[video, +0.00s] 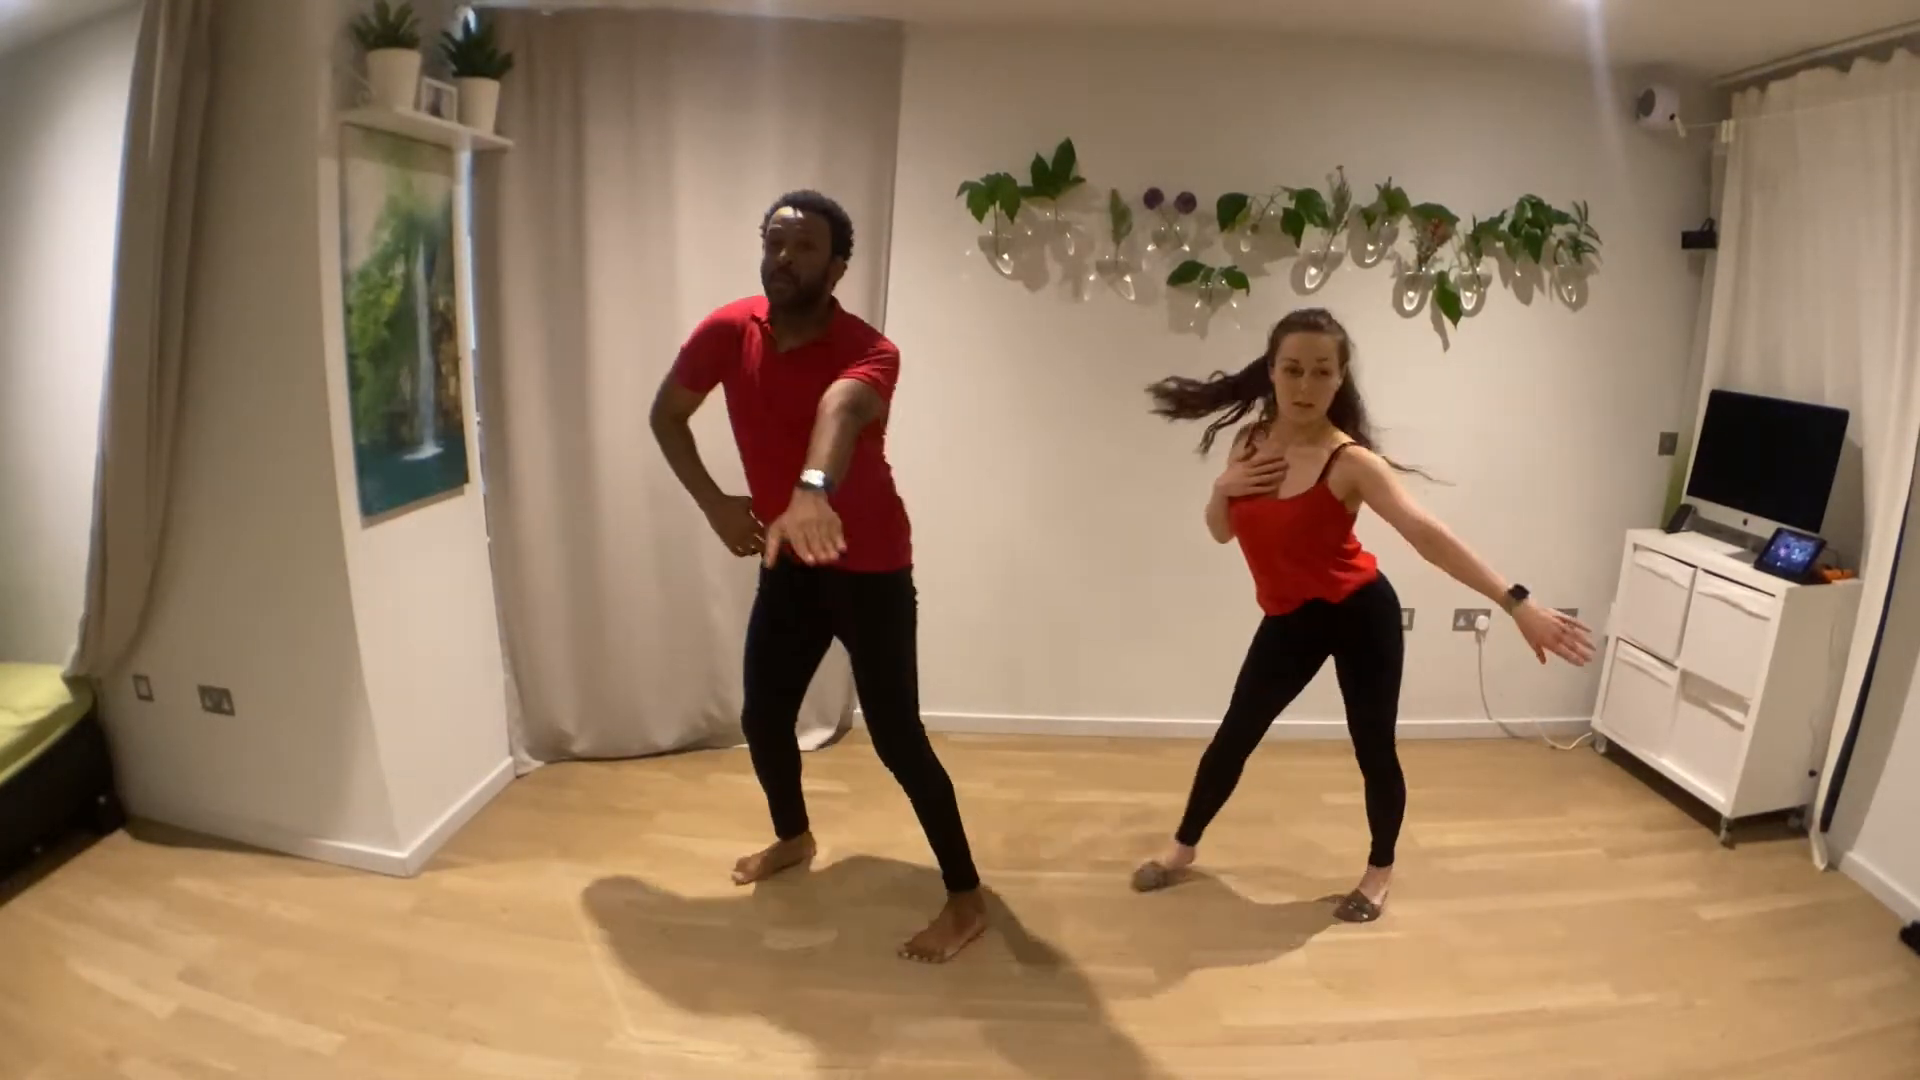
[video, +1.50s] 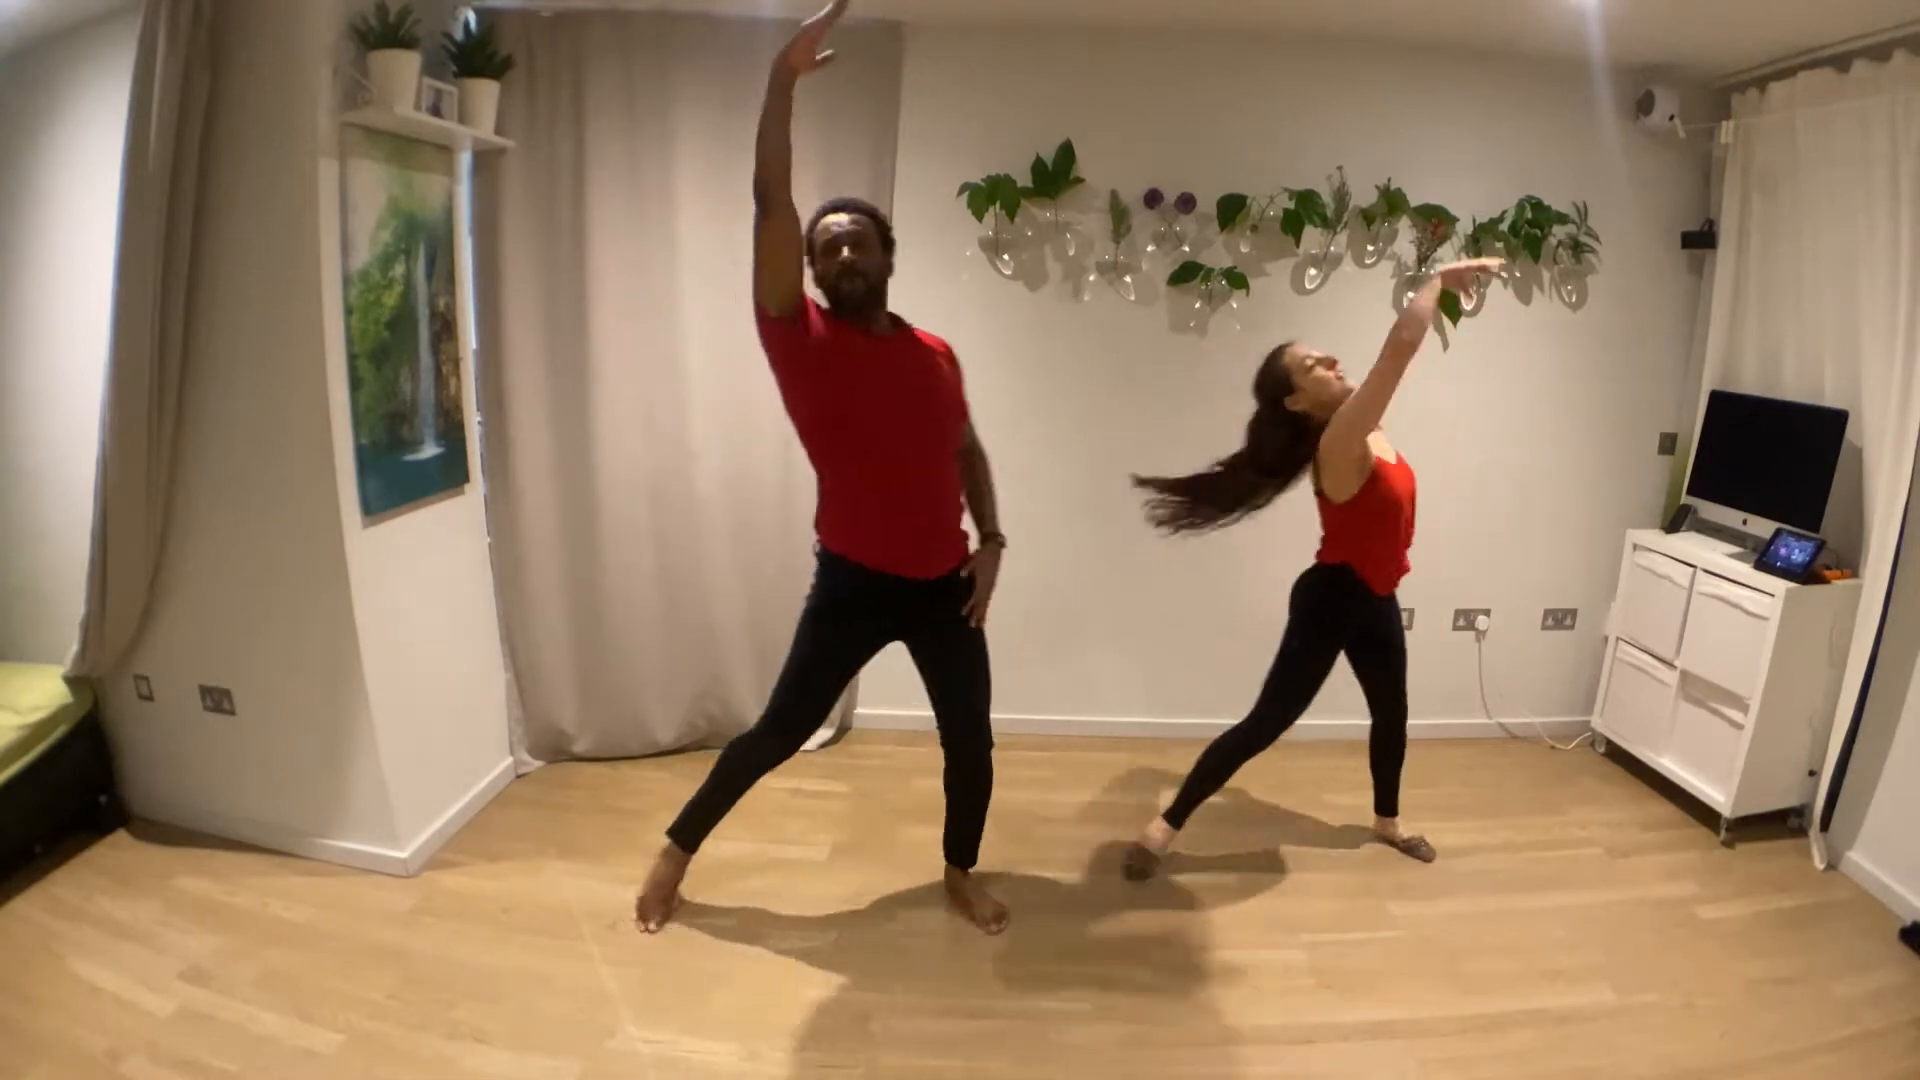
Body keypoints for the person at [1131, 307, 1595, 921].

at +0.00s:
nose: (1306, 386)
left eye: (1322, 372)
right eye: (1293, 369)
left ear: (1339, 380)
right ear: (1271, 372)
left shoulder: (1349, 461)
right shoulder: (1251, 443)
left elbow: (1426, 533)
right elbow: (1222, 532)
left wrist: (1518, 603)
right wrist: (1221, 490)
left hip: (1359, 610)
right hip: (1290, 618)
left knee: (1374, 748)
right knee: (1235, 733)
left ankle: (1379, 871)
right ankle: (1181, 848)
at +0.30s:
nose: (1249, 393)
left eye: (1265, 378)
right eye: (1237, 377)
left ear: (1285, 384)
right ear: (1218, 380)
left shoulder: (1280, 463)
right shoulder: (1192, 444)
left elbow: (1277, 493)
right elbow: (1137, 524)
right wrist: (1157, 475)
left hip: (1248, 618)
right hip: (1179, 620)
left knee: (1296, 750)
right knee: (1133, 752)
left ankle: (1354, 860)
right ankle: (1141, 858)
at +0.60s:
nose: (1214, 387)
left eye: (1229, 375)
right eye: (1202, 373)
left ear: (1250, 382)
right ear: (1186, 377)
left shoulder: (1257, 461)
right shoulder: (1164, 446)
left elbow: (1173, 487)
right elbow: (1109, 527)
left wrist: (1072, 472)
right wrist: (1141, 475)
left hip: (1192, 622)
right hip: (1130, 606)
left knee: (1166, 758)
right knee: (1113, 747)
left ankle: (1155, 812)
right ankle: (1138, 854)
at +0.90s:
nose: (1199, 378)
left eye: (1214, 366)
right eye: (1188, 364)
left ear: (1233, 372)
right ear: (1169, 368)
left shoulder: (1238, 457)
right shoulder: (1144, 413)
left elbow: (1191, 520)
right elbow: (1081, 406)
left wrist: (1166, 442)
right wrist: (1075, 426)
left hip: (1212, 602)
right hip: (1148, 598)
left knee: (1190, 741)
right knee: (1122, 740)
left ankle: (1156, 809)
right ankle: (1088, 828)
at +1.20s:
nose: (1211, 370)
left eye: (1207, 360)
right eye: (1193, 369)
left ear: (1216, 365)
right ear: (1166, 398)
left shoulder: (1261, 423)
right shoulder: (1178, 489)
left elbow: (1292, 479)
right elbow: (1240, 589)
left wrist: (1292, 530)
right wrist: (1317, 645)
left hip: (1242, 601)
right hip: (1183, 607)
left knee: (1305, 719)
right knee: (1152, 742)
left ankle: (1312, 828)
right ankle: (1085, 827)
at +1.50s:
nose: (1329, 360)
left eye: (1321, 354)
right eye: (1313, 365)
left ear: (1323, 385)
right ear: (1300, 402)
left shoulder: (1361, 430)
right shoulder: (1335, 447)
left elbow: (1402, 353)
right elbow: (1403, 347)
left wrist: (1450, 276)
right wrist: (1439, 277)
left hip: (1375, 602)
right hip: (1330, 598)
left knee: (1390, 715)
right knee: (1267, 723)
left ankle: (1387, 821)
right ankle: (1167, 825)